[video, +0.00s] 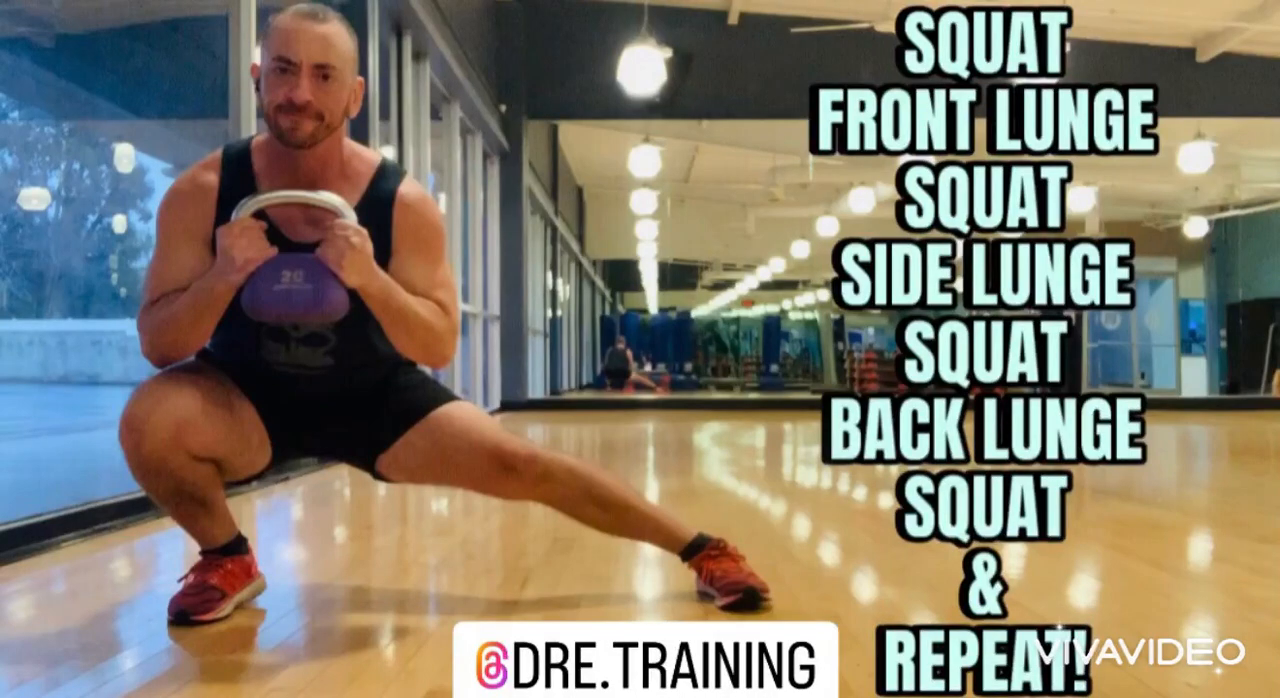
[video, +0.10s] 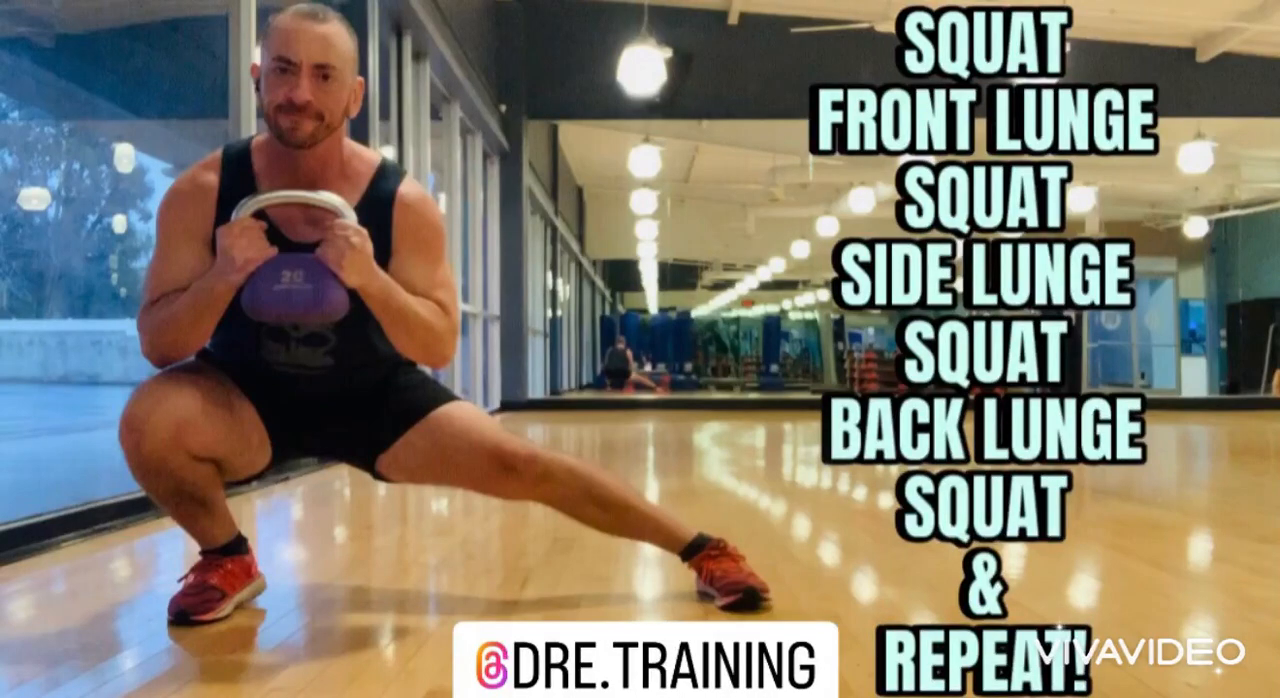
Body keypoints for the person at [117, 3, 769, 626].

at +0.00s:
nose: (298, 91)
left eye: (321, 75)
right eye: (281, 69)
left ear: (354, 91)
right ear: (257, 78)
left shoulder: (405, 205)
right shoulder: (201, 193)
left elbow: (437, 345)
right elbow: (161, 343)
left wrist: (367, 276)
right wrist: (222, 276)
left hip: (378, 398)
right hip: (253, 396)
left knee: (517, 464)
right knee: (148, 423)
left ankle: (696, 547)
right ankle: (225, 555)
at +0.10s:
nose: (297, 91)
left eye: (320, 75)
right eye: (281, 69)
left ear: (354, 92)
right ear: (256, 78)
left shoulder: (404, 205)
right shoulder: (200, 193)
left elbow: (437, 345)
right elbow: (161, 344)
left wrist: (368, 277)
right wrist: (222, 277)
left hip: (377, 398)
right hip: (253, 397)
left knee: (516, 463)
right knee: (148, 423)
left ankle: (696, 547)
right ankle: (225, 555)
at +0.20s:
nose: (297, 91)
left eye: (320, 75)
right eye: (281, 69)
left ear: (354, 92)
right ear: (256, 78)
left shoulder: (405, 205)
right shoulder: (200, 193)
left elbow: (437, 345)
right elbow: (161, 344)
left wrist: (368, 277)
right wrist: (222, 277)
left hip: (377, 398)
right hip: (253, 397)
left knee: (516, 463)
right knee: (148, 423)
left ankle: (696, 547)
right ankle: (225, 555)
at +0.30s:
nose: (297, 91)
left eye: (320, 75)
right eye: (281, 69)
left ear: (354, 92)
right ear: (256, 78)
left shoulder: (405, 205)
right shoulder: (200, 193)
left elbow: (437, 345)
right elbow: (161, 344)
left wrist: (368, 277)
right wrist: (222, 277)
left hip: (377, 398)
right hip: (253, 397)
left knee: (516, 463)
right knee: (148, 423)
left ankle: (696, 547)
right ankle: (225, 555)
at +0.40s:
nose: (298, 91)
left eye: (321, 74)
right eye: (282, 69)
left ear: (354, 92)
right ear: (257, 78)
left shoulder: (405, 205)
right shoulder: (201, 193)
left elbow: (437, 346)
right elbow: (161, 343)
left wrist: (367, 276)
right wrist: (222, 277)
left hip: (378, 398)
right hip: (253, 396)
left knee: (518, 464)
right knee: (148, 423)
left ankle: (696, 548)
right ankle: (225, 555)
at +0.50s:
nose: (298, 91)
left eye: (321, 74)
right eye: (282, 69)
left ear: (354, 91)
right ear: (257, 78)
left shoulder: (405, 205)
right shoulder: (201, 193)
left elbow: (437, 346)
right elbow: (161, 343)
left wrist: (367, 276)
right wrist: (222, 277)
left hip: (378, 398)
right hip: (253, 396)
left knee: (518, 464)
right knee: (148, 423)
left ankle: (696, 548)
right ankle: (225, 555)